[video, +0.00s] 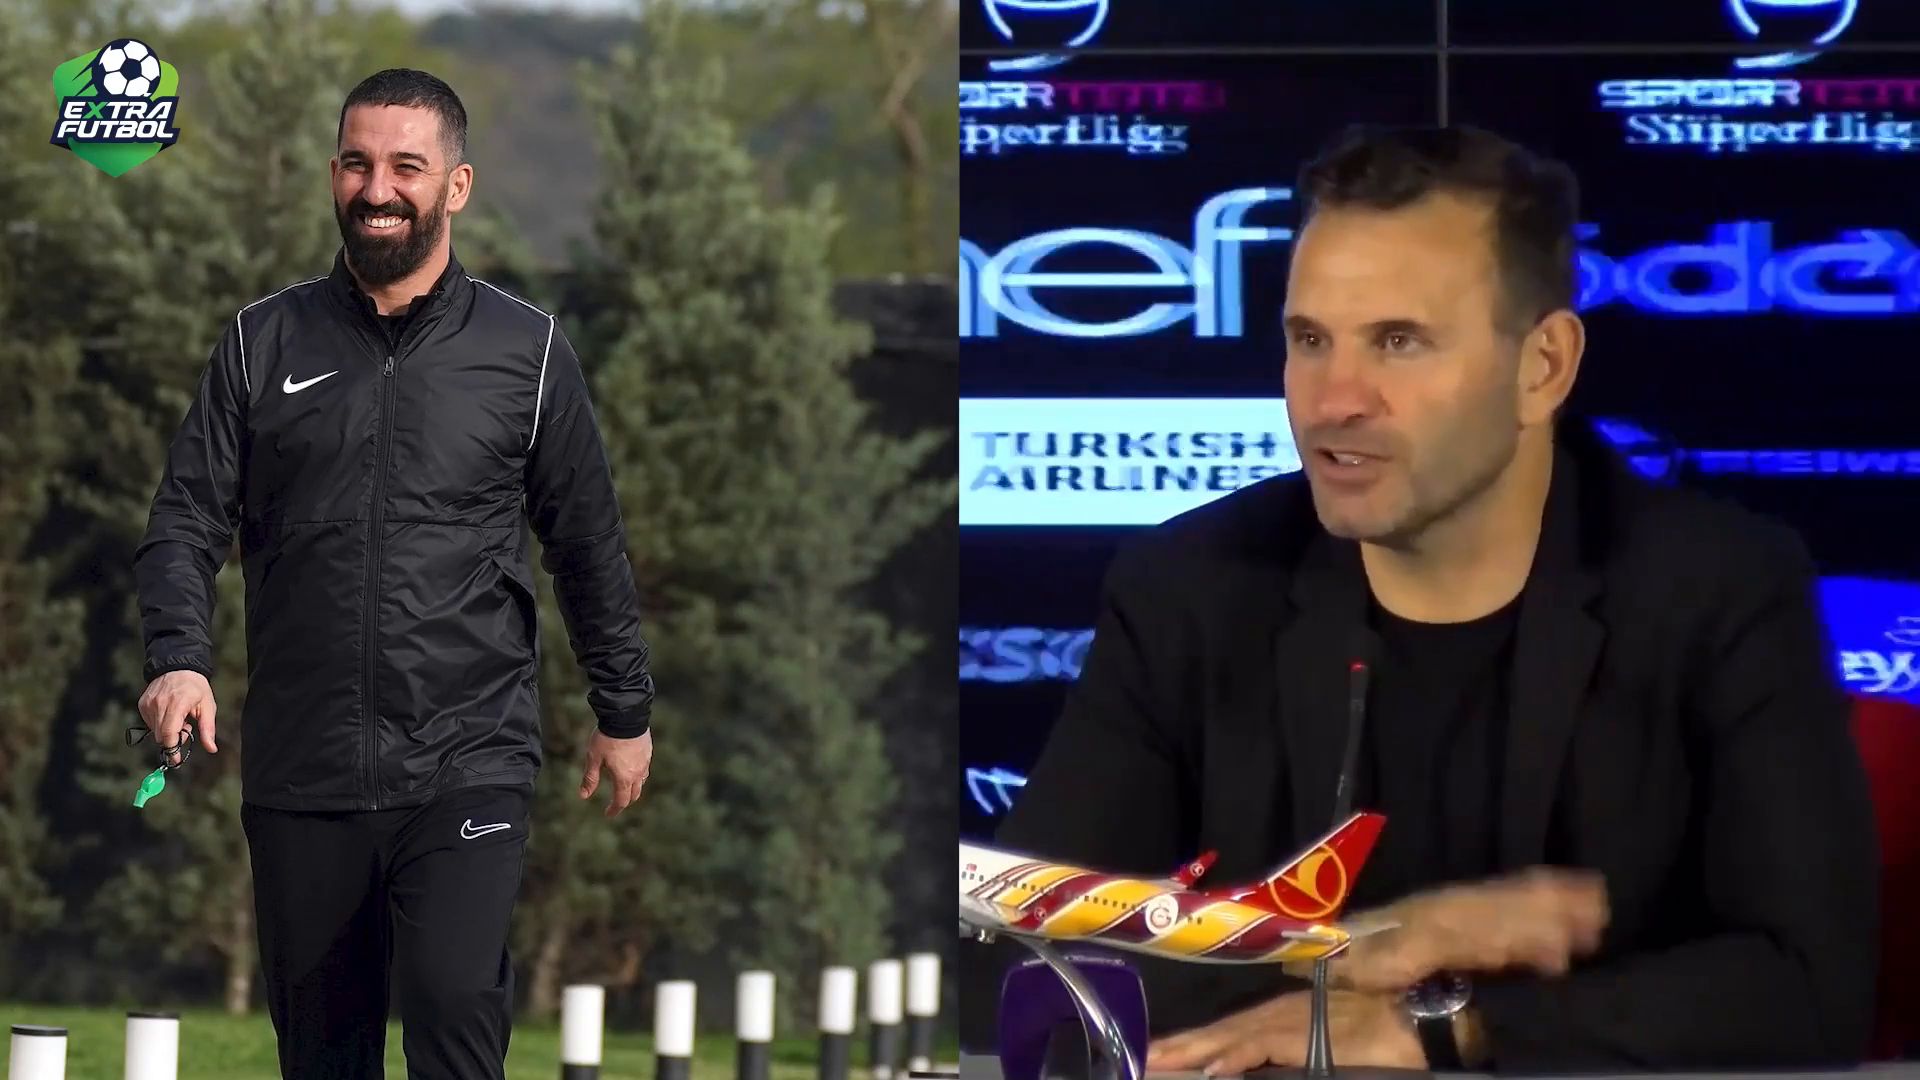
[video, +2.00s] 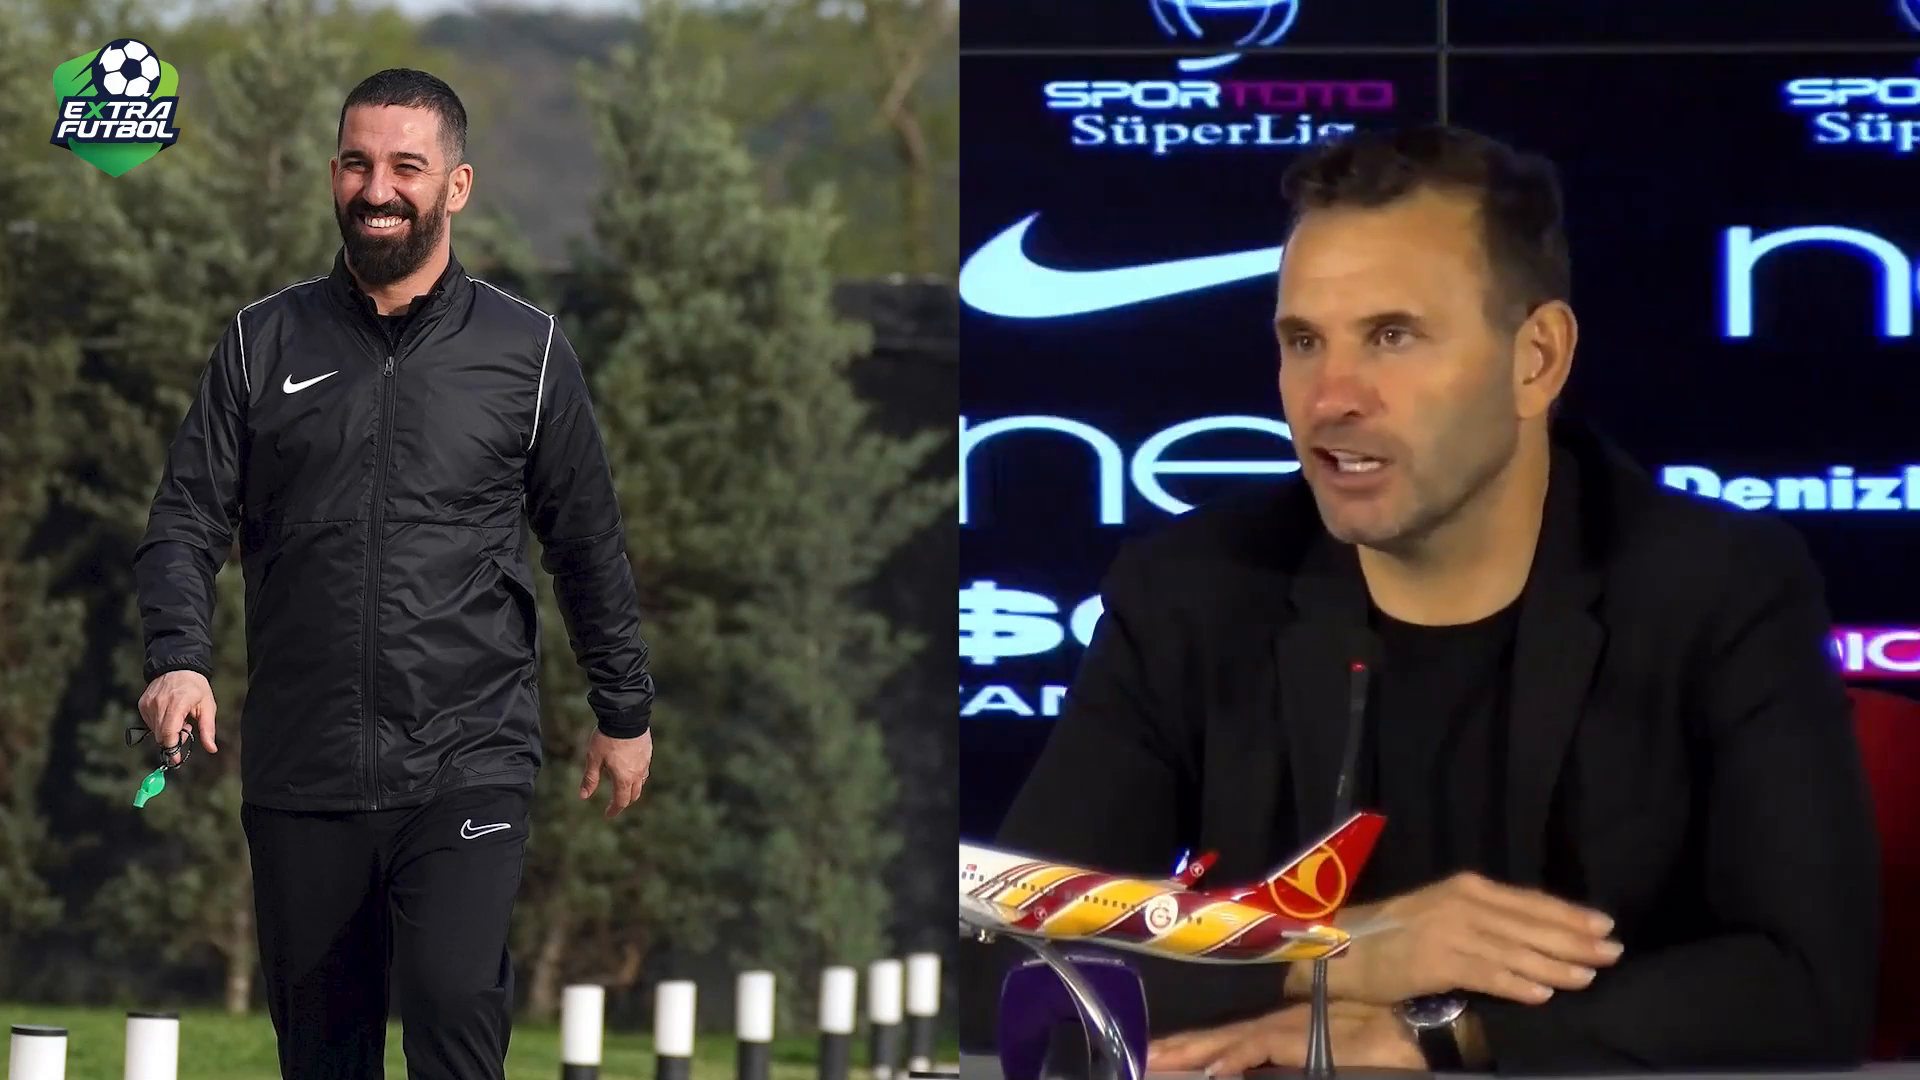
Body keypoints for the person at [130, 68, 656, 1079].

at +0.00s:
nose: (376, 187)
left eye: (405, 164)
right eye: (356, 162)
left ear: (458, 185)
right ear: (334, 176)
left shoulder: (529, 349)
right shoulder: (259, 343)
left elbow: (588, 541)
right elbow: (187, 513)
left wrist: (623, 709)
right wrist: (178, 658)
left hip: (472, 752)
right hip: (302, 755)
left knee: (455, 1018)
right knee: (320, 1042)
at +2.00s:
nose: (375, 187)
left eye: (405, 164)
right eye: (356, 162)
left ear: (458, 185)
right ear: (334, 177)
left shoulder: (530, 350)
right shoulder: (259, 342)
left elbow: (588, 541)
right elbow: (187, 513)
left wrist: (623, 708)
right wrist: (177, 658)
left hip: (472, 752)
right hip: (301, 755)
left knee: (455, 1018)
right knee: (320, 1043)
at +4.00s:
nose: (376, 187)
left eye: (405, 164)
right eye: (356, 162)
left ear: (458, 185)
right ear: (334, 177)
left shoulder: (530, 350)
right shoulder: (259, 342)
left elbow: (589, 541)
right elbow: (186, 513)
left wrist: (623, 708)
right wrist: (178, 658)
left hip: (471, 752)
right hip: (301, 755)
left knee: (455, 1020)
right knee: (320, 1043)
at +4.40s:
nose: (376, 187)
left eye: (405, 164)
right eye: (356, 162)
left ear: (458, 185)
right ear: (334, 177)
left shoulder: (530, 350)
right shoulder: (259, 342)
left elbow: (589, 541)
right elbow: (186, 513)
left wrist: (623, 708)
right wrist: (178, 658)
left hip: (471, 752)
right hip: (301, 755)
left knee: (455, 1020)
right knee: (320, 1043)